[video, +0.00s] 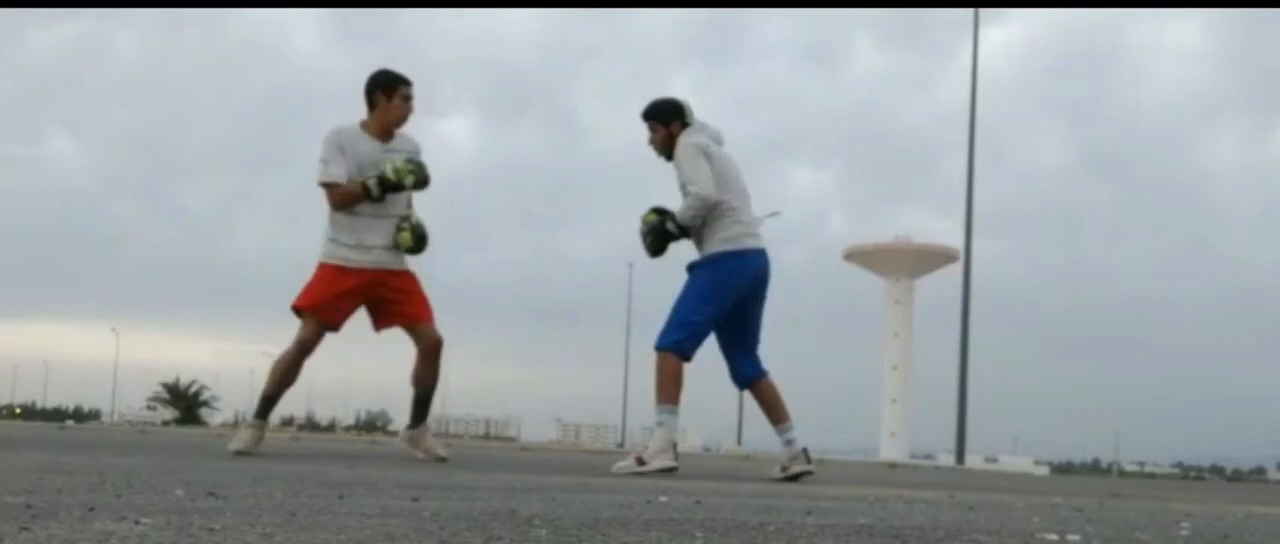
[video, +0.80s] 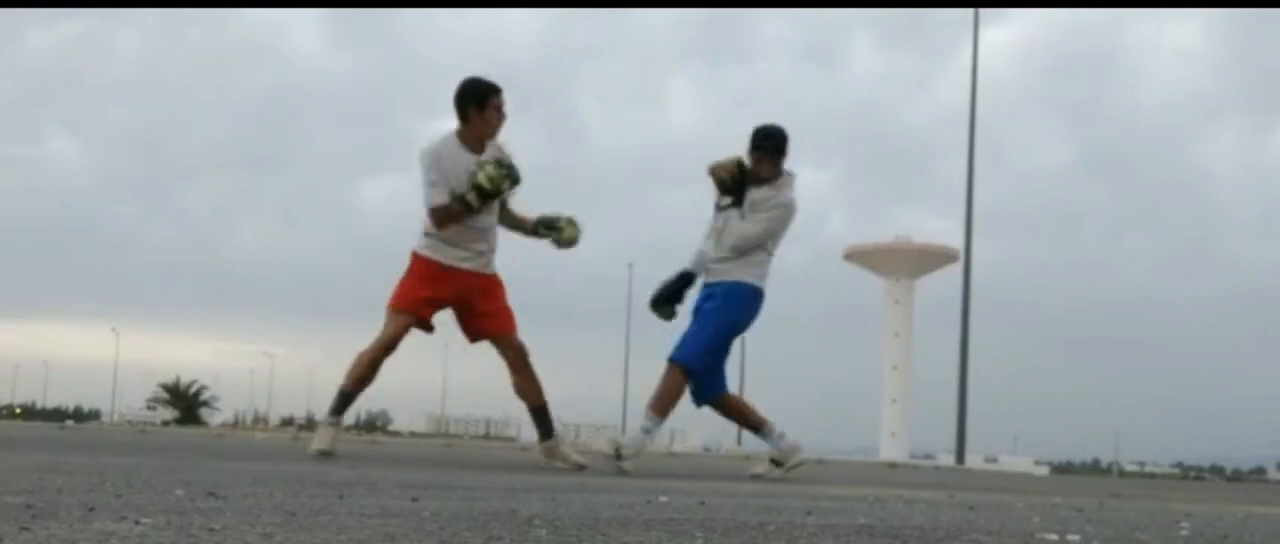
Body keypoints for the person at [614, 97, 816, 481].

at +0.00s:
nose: (650, 142)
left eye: (652, 133)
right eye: (649, 133)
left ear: (671, 127)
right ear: (677, 126)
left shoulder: (688, 147)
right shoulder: (710, 148)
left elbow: (703, 195)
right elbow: (721, 211)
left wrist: (675, 224)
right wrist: (680, 226)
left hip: (725, 261)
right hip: (752, 260)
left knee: (670, 347)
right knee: (746, 364)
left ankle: (661, 447)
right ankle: (794, 452)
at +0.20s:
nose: (635, 144)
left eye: (638, 134)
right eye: (634, 135)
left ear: (659, 130)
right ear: (661, 130)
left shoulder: (682, 157)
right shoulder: (690, 155)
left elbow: (685, 214)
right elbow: (705, 222)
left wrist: (642, 206)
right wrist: (673, 249)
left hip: (707, 274)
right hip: (722, 274)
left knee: (640, 340)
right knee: (716, 375)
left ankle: (628, 450)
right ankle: (787, 443)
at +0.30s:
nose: (623, 143)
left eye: (628, 134)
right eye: (622, 134)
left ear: (652, 133)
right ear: (648, 133)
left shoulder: (678, 166)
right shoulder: (649, 165)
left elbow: (701, 230)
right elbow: (636, 187)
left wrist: (657, 204)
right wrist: (605, 188)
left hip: (694, 286)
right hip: (688, 286)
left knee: (626, 343)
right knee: (714, 380)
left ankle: (612, 450)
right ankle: (796, 441)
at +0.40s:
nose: (643, 178)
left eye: (650, 170)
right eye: (637, 171)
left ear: (661, 160)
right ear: (626, 163)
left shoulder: (678, 197)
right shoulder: (625, 180)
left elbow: (668, 265)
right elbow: (579, 172)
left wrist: (639, 232)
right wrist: (531, 154)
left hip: (706, 277)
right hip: (683, 283)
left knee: (650, 343)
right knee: (715, 379)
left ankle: (617, 450)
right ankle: (803, 430)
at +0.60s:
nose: (671, 204)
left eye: (679, 199)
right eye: (666, 196)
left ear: (695, 190)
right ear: (658, 185)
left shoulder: (706, 219)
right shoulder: (652, 199)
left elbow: (669, 278)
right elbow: (602, 201)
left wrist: (652, 238)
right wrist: (546, 202)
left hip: (708, 296)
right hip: (691, 297)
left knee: (629, 346)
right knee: (685, 402)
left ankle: (614, 451)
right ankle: (780, 410)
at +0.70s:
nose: (720, 181)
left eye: (728, 175)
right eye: (715, 172)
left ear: (739, 172)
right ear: (706, 166)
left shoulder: (741, 208)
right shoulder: (693, 188)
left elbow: (697, 259)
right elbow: (653, 223)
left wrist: (691, 215)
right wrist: (616, 256)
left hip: (718, 297)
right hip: (698, 294)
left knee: (640, 348)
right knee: (683, 400)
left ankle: (614, 450)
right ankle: (771, 434)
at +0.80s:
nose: (760, 168)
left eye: (768, 162)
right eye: (757, 160)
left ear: (782, 162)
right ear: (750, 156)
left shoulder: (780, 201)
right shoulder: (737, 187)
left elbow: (738, 241)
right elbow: (711, 241)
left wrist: (727, 201)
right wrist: (685, 278)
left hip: (739, 291)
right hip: (712, 290)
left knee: (681, 361)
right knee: (709, 391)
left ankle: (637, 442)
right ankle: (782, 445)